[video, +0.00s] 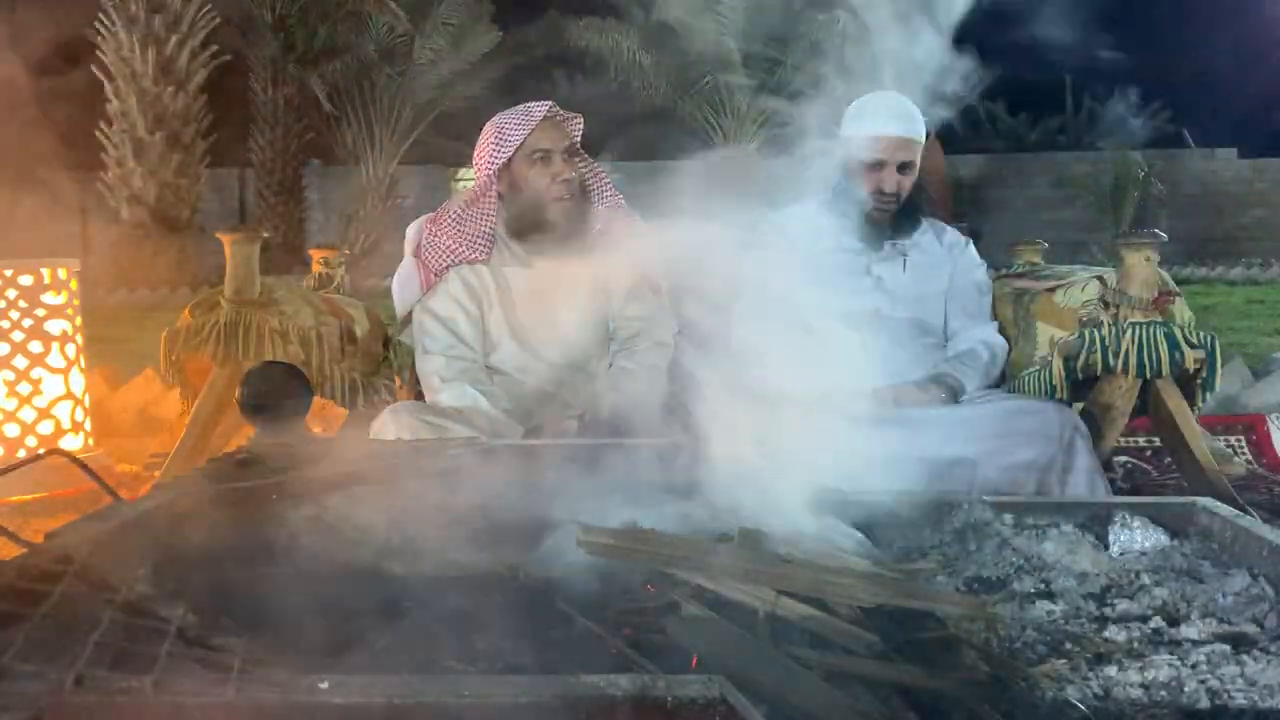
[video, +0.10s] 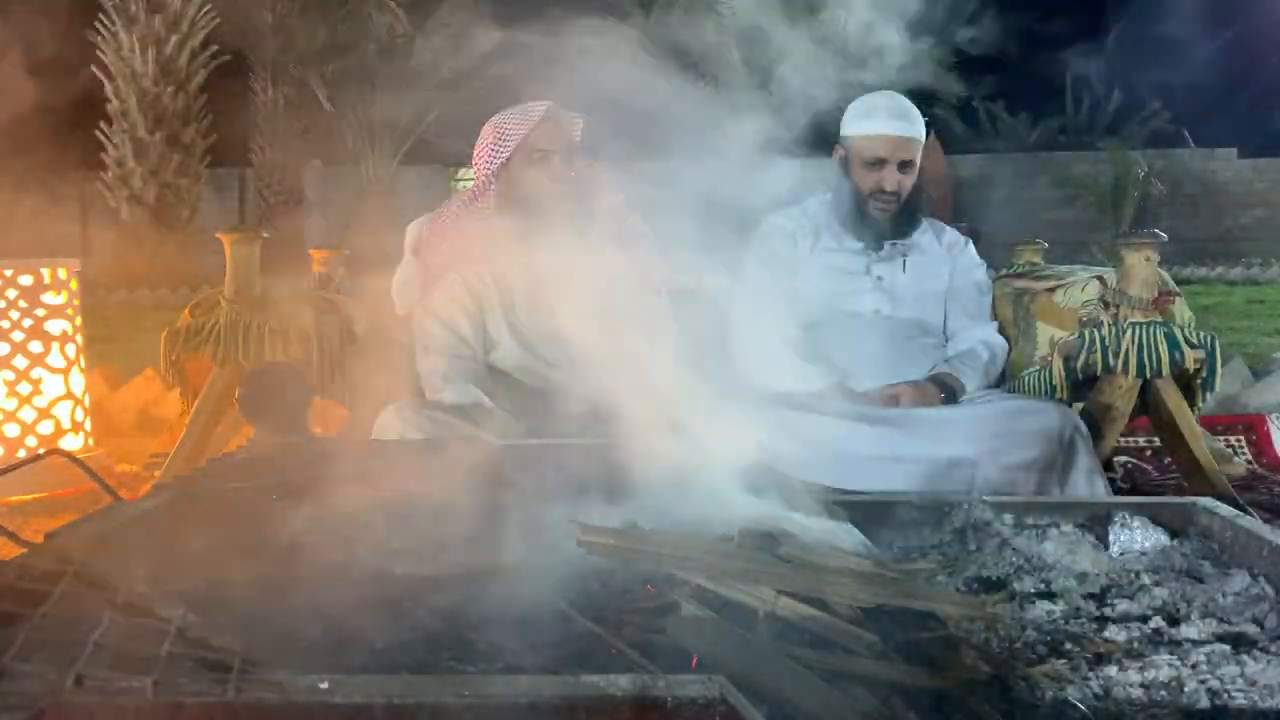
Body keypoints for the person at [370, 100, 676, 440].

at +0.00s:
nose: (568, 172)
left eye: (571, 155)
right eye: (542, 160)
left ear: (583, 162)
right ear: (500, 180)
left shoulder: (623, 256)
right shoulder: (461, 279)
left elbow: (645, 356)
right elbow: (451, 384)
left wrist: (597, 427)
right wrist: (520, 441)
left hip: (599, 439)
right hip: (497, 441)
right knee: (397, 425)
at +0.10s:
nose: (563, 172)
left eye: (569, 156)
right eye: (541, 159)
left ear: (580, 160)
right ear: (502, 174)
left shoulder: (615, 240)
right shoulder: (467, 256)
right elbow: (446, 377)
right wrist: (515, 444)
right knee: (399, 424)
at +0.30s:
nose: (562, 173)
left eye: (567, 154)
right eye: (536, 159)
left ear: (580, 167)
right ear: (498, 180)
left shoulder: (616, 274)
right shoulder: (456, 284)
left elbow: (642, 390)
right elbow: (456, 401)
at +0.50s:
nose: (559, 173)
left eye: (566, 155)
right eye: (536, 158)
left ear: (578, 166)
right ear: (496, 177)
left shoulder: (615, 269)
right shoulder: (461, 277)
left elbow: (643, 369)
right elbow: (454, 374)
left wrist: (589, 429)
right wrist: (513, 435)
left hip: (591, 431)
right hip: (497, 432)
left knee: (646, 440)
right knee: (411, 412)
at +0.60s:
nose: (560, 172)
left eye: (567, 155)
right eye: (537, 157)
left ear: (578, 165)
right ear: (497, 177)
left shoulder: (616, 271)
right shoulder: (457, 276)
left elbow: (641, 373)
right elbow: (457, 385)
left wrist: (588, 433)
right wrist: (526, 436)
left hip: (601, 446)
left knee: (657, 440)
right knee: (410, 411)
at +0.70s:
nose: (560, 171)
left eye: (566, 154)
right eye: (537, 157)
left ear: (577, 166)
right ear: (497, 177)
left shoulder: (613, 268)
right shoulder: (457, 276)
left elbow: (643, 366)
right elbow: (458, 387)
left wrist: (598, 430)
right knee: (408, 413)